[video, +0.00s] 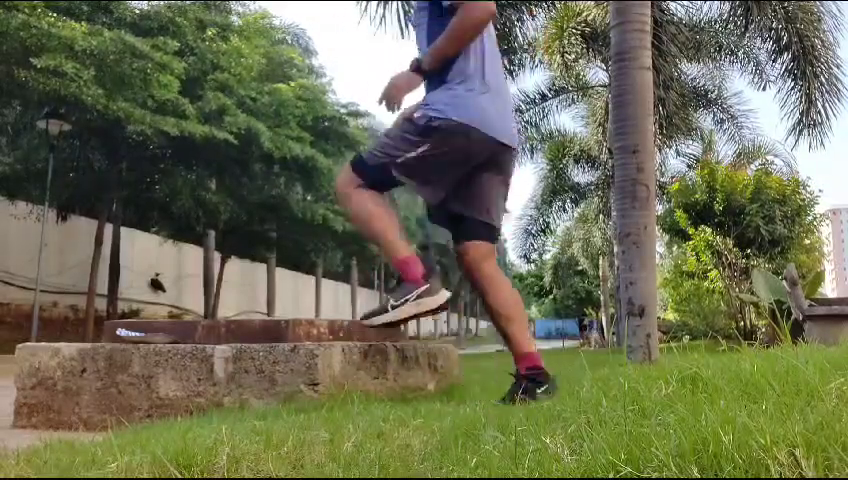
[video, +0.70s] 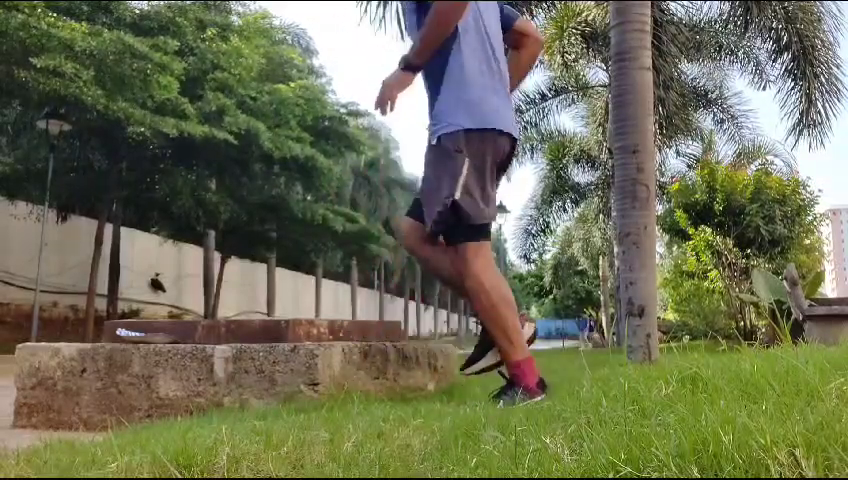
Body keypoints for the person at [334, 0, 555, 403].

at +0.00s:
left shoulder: (440, 4)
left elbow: (481, 9)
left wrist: (416, 71)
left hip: (457, 112)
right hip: (503, 129)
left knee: (353, 184)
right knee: (478, 255)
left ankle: (415, 279)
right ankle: (532, 372)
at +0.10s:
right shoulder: (477, 7)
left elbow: (445, 3)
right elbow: (491, 40)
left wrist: (395, 41)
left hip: (440, 79)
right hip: (490, 96)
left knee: (360, 185)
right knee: (457, 225)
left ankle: (389, 307)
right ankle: (513, 339)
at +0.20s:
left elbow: (418, 0)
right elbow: (490, 23)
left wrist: (380, 24)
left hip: (432, 67)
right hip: (482, 79)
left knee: (378, 181)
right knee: (425, 198)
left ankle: (389, 309)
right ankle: (480, 307)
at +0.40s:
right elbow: (506, 2)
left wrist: (380, 6)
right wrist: (469, 36)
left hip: (437, 55)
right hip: (478, 68)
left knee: (401, 180)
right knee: (429, 191)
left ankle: (457, 302)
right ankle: (433, 310)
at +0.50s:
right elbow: (511, 2)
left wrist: (394, 1)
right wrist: (469, 27)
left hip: (450, 62)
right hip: (483, 68)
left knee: (428, 196)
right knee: (429, 196)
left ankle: (485, 326)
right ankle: (441, 318)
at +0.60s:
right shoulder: (488, 4)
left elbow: (432, 5)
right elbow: (527, 19)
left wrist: (405, 29)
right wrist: (487, 64)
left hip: (462, 99)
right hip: (497, 103)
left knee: (464, 238)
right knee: (410, 210)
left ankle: (514, 371)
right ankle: (468, 306)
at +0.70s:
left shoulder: (427, 2)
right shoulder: (486, 6)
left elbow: (454, 6)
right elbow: (530, 39)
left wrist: (407, 69)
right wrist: (493, 96)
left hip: (465, 121)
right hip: (498, 124)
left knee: (472, 254)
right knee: (414, 233)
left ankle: (527, 382)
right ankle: (500, 317)